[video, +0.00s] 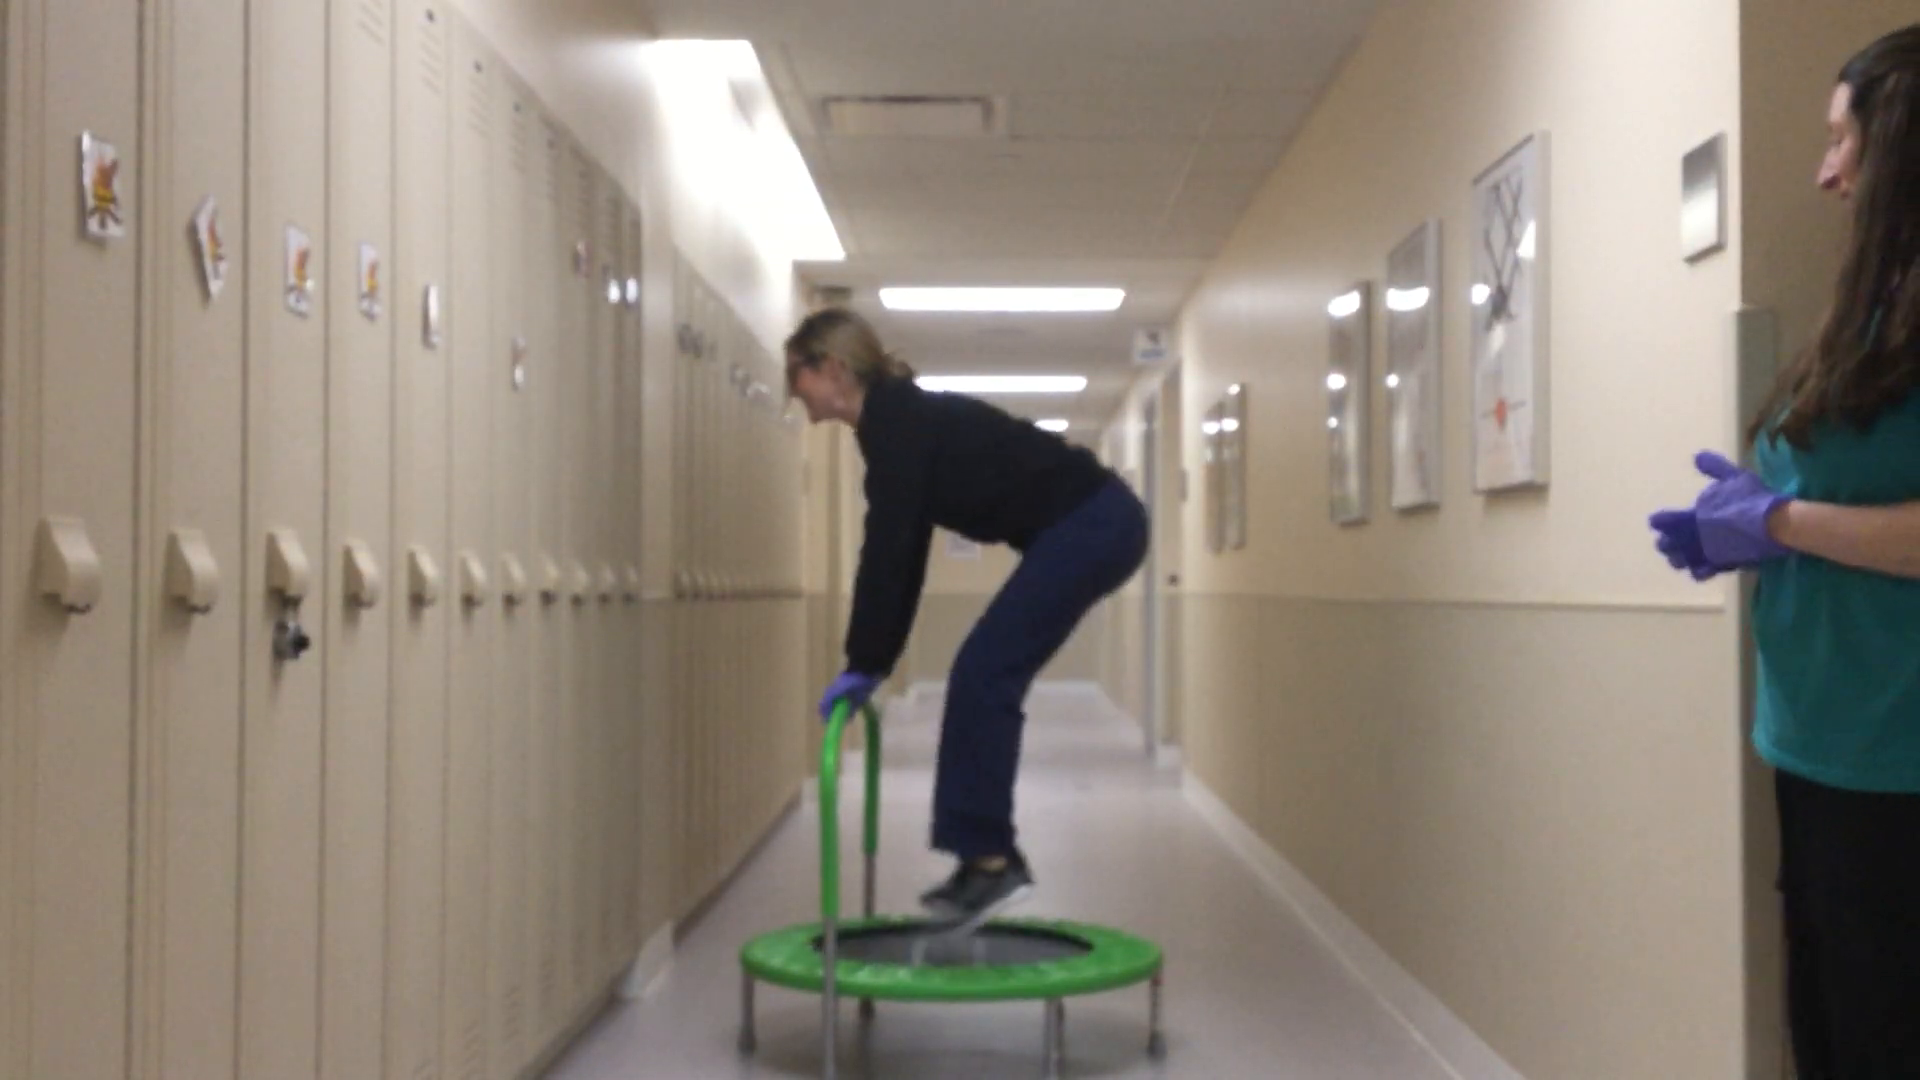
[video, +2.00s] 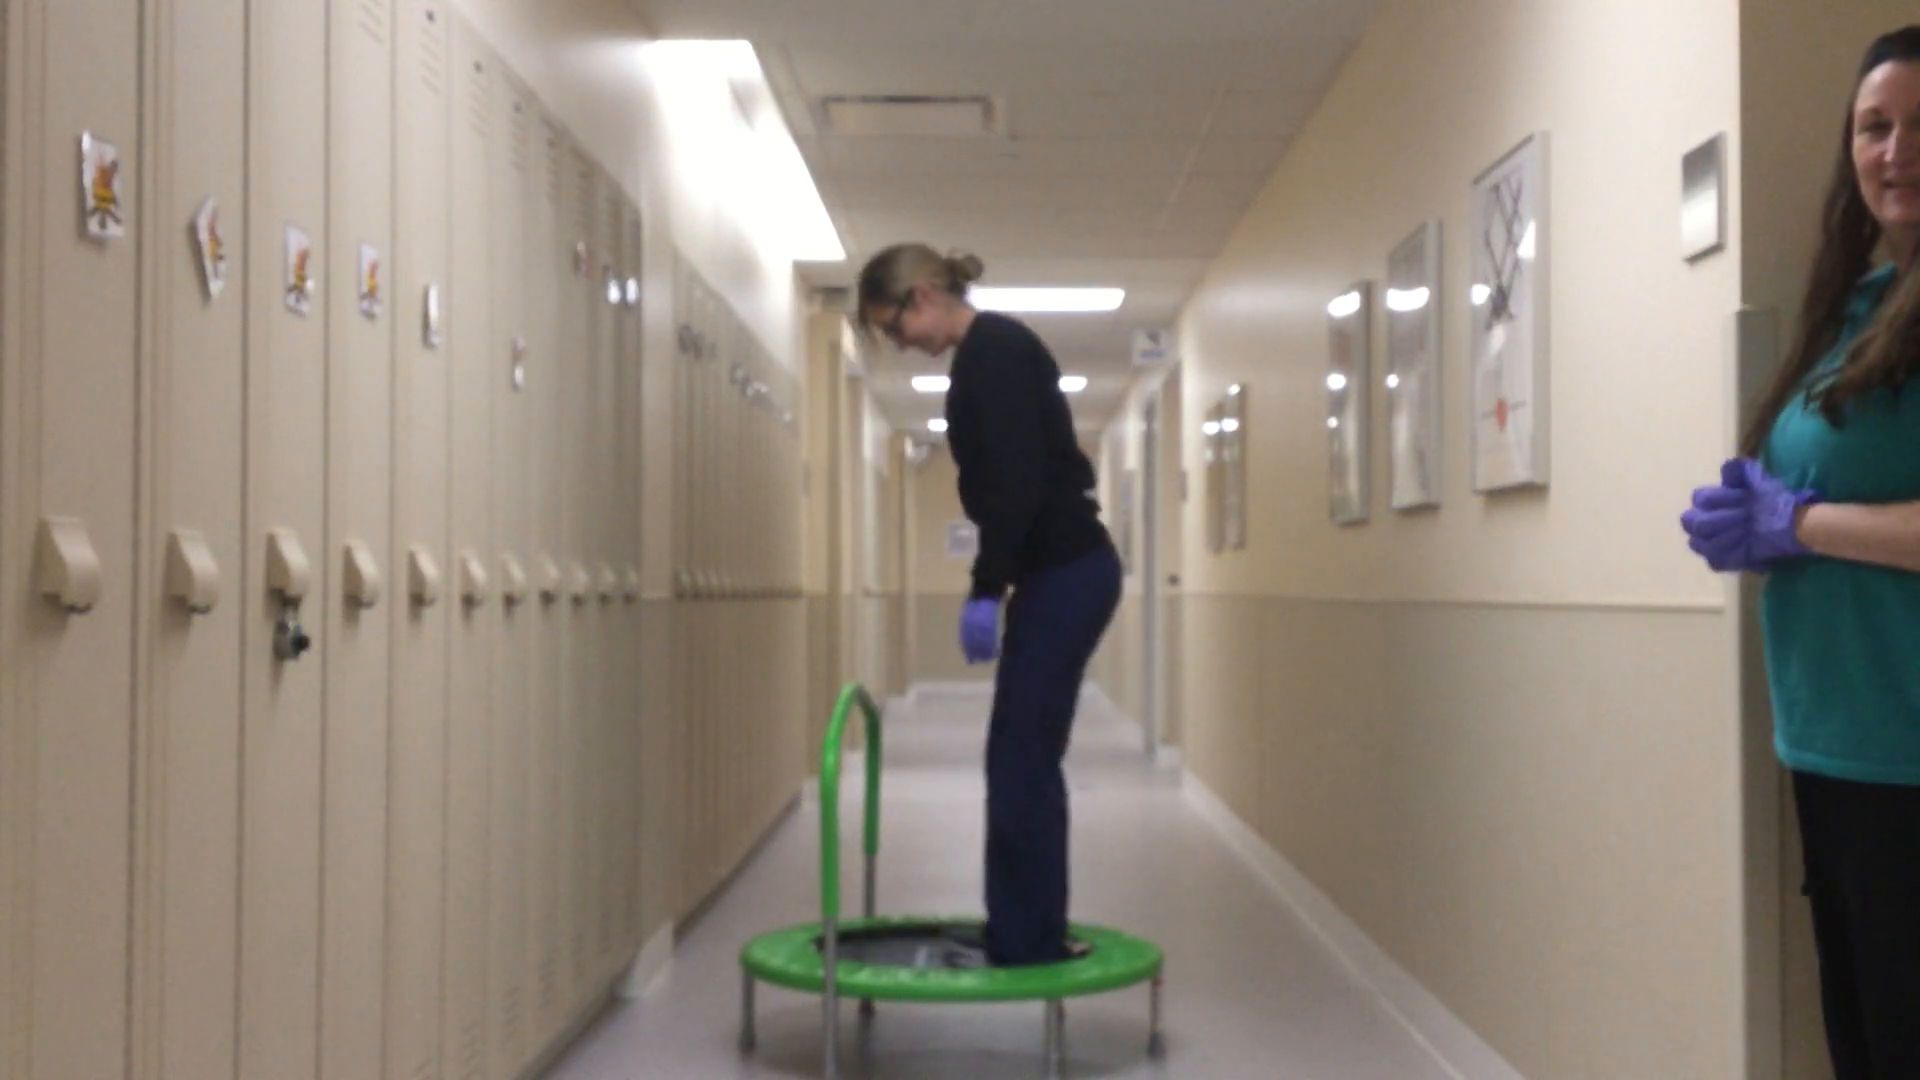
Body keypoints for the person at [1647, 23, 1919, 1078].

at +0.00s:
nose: (1826, 172)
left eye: (1843, 140)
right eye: (1829, 141)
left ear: (1900, 146)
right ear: (1879, 149)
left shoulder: (1907, 317)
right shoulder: (1866, 314)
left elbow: (1914, 534)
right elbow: (1833, 478)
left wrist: (1780, 522)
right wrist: (1752, 503)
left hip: (1887, 750)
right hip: (1814, 736)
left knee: (1878, 1032)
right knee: (1826, 1025)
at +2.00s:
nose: (1891, 149)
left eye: (1912, 126)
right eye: (1874, 126)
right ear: (1848, 145)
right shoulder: (1848, 297)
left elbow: (1915, 524)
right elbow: (1814, 469)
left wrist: (1800, 522)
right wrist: (1756, 505)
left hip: (1899, 740)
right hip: (1824, 731)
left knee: (1898, 1028)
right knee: (1858, 1025)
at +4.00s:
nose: (1804, 180)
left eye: (1817, 152)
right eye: (1805, 153)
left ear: (1876, 155)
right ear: (1878, 162)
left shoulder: (1901, 316)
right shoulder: (1850, 311)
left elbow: (1910, 529)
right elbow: (1810, 468)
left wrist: (1784, 524)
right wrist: (1754, 508)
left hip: (1889, 751)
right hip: (1818, 742)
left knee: (1889, 1036)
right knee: (1852, 1032)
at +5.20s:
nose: (1762, 158)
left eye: (1788, 123)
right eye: (1746, 136)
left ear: (1866, 125)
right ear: (1739, 154)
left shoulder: (1898, 289)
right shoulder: (1765, 300)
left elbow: (1914, 533)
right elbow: (1783, 535)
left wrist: (1773, 598)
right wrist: (1709, 620)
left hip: (1895, 759)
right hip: (1806, 758)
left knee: (1888, 1044)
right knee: (1845, 1043)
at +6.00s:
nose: (1717, 163)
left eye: (1739, 123)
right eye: (1695, 146)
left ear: (1812, 114)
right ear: (1686, 166)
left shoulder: (1887, 271)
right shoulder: (1726, 305)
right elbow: (1726, 547)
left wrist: (1831, 593)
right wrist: (1681, 732)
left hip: (1883, 780)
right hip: (1771, 784)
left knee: (1876, 1049)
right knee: (1806, 1049)